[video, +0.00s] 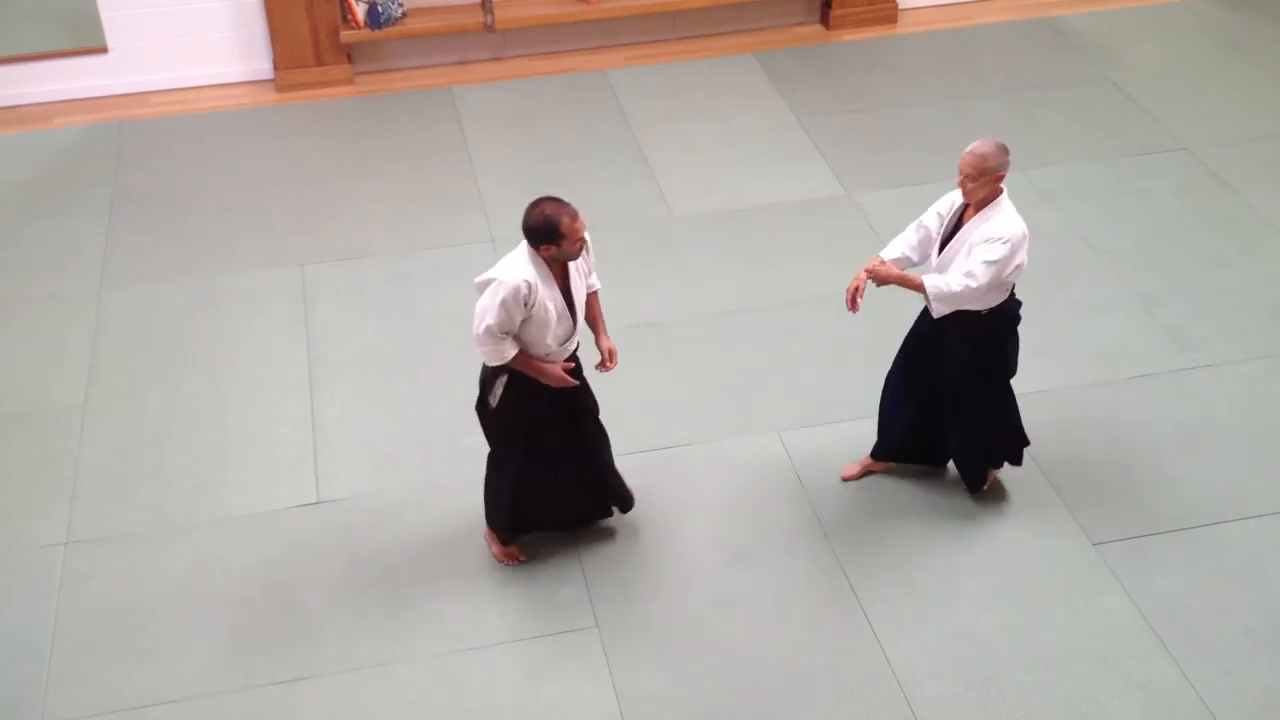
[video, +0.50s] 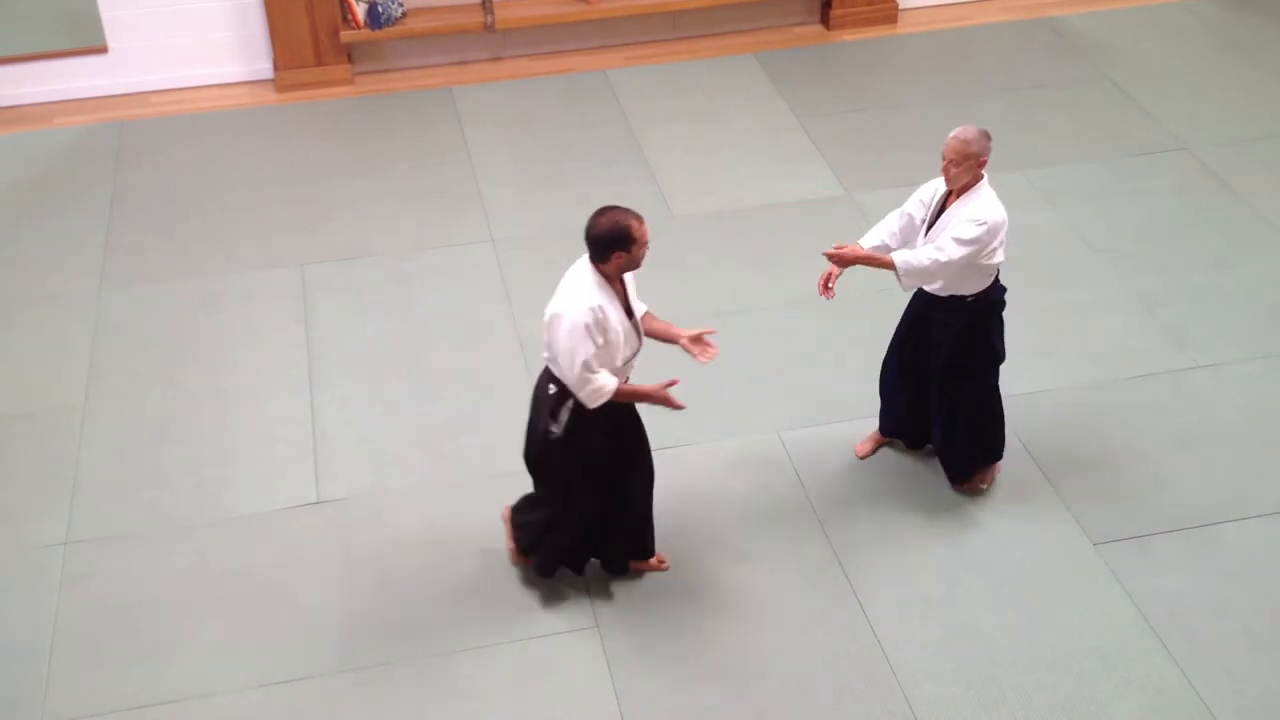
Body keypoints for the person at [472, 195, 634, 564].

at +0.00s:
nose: (584, 239)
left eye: (582, 233)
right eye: (576, 237)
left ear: (551, 245)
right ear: (548, 249)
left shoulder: (578, 245)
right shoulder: (513, 283)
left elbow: (589, 288)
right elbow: (490, 342)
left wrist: (601, 335)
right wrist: (542, 370)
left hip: (563, 365)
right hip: (515, 379)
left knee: (587, 431)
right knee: (510, 456)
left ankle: (606, 487)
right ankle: (497, 530)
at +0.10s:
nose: (585, 245)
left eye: (583, 238)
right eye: (578, 242)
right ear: (549, 252)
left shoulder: (574, 255)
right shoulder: (512, 288)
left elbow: (587, 291)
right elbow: (489, 348)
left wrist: (602, 334)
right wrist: (541, 376)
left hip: (565, 371)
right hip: (514, 383)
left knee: (595, 438)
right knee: (511, 459)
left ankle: (596, 501)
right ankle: (497, 531)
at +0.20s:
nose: (593, 249)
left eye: (592, 242)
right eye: (587, 246)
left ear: (560, 255)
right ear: (558, 257)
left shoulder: (576, 267)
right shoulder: (511, 301)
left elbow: (590, 307)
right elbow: (499, 369)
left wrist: (615, 342)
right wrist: (553, 393)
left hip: (572, 374)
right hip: (520, 390)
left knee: (600, 445)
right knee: (515, 464)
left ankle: (593, 519)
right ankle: (501, 538)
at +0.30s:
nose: (606, 255)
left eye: (605, 249)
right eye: (601, 253)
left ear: (574, 261)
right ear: (573, 263)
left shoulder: (585, 274)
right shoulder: (527, 309)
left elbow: (601, 315)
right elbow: (522, 378)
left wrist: (631, 348)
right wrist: (578, 399)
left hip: (580, 384)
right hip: (529, 403)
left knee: (609, 451)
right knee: (530, 472)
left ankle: (601, 538)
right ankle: (502, 542)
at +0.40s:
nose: (626, 255)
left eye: (625, 249)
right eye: (621, 252)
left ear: (594, 259)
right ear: (595, 262)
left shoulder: (601, 275)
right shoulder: (551, 312)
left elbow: (615, 318)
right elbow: (551, 384)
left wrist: (654, 346)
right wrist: (610, 400)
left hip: (597, 396)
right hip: (552, 411)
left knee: (621, 469)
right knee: (553, 482)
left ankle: (627, 549)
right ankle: (508, 526)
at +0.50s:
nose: (646, 249)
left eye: (645, 243)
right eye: (642, 246)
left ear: (615, 254)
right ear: (618, 257)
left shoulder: (617, 272)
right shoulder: (576, 310)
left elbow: (636, 315)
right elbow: (587, 385)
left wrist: (679, 336)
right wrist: (645, 394)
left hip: (610, 400)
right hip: (571, 414)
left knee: (633, 475)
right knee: (581, 493)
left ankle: (629, 553)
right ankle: (523, 522)